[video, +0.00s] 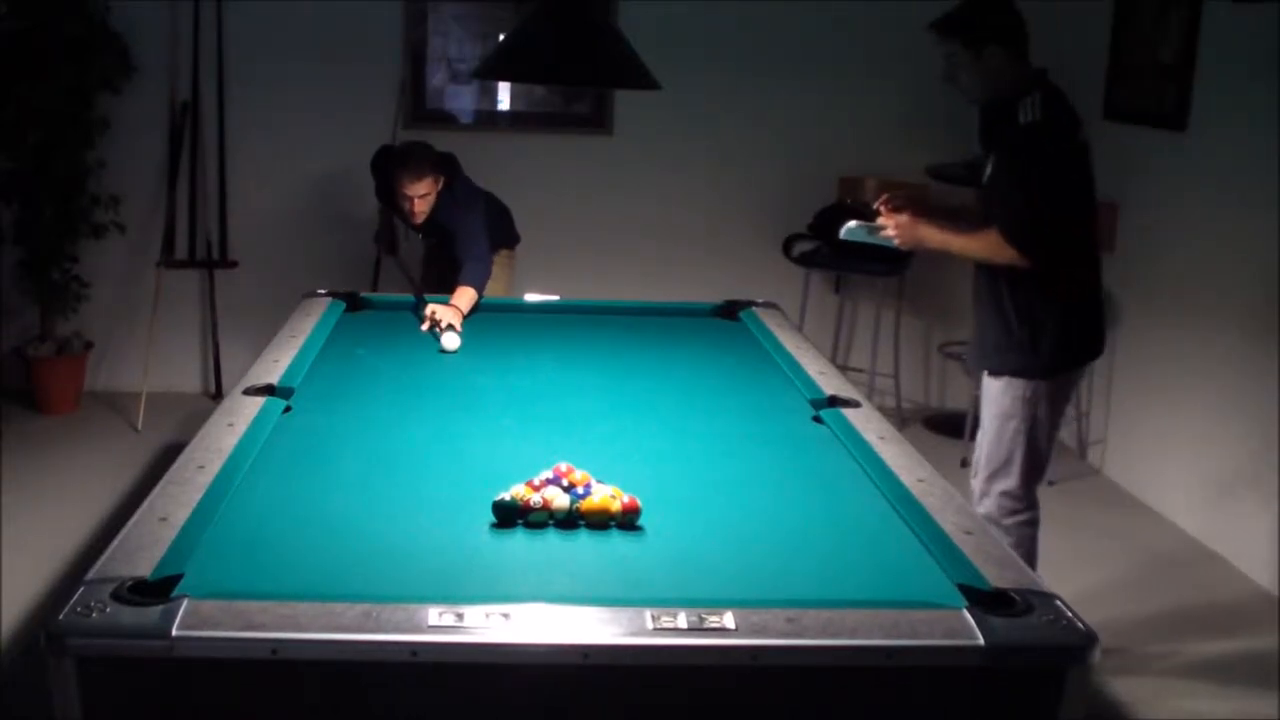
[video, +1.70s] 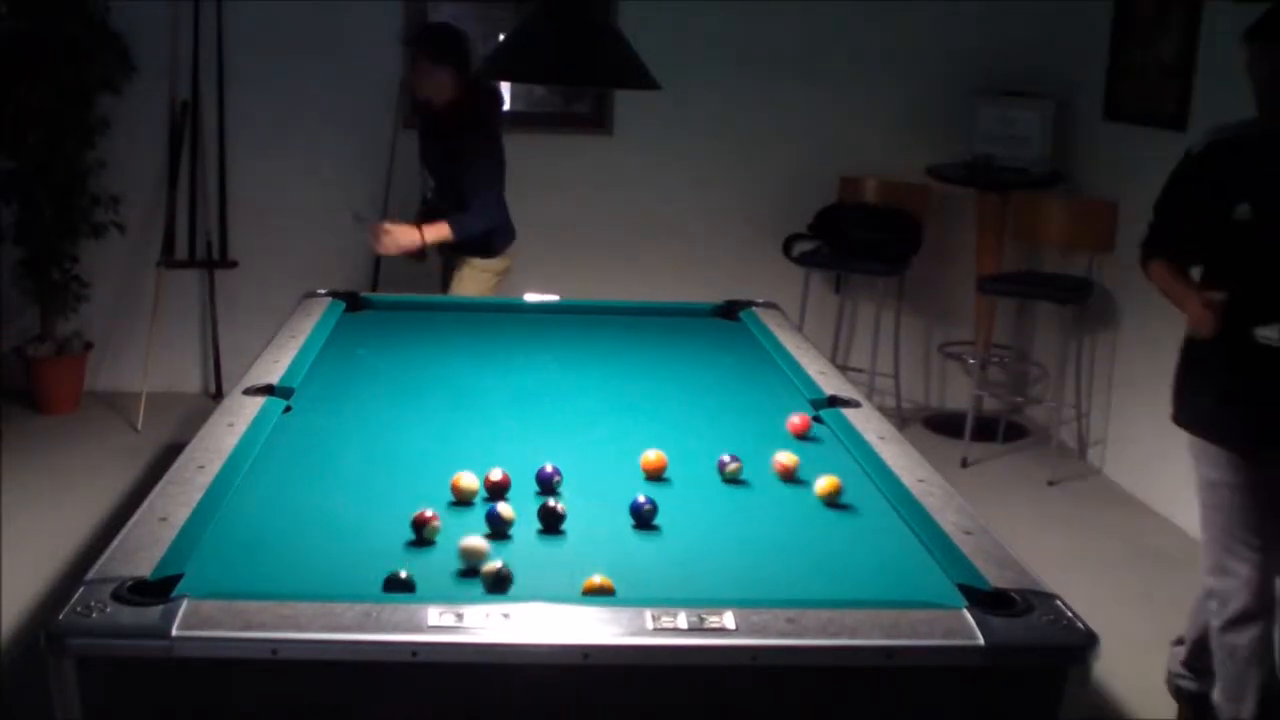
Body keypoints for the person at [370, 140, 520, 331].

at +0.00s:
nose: (415, 207)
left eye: (424, 197)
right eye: (407, 199)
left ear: (439, 184)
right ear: (393, 189)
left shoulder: (462, 198)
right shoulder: (389, 170)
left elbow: (478, 260)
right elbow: (382, 155)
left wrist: (456, 308)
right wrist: (386, 222)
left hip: (492, 247)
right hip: (441, 244)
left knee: (485, 325)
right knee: (427, 318)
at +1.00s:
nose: (425, 191)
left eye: (435, 180)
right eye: (417, 181)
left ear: (450, 166)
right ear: (404, 171)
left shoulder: (472, 183)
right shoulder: (391, 166)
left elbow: (495, 260)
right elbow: (380, 162)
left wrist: (460, 309)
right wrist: (388, 228)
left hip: (474, 261)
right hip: (432, 257)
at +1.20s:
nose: (445, 162)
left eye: (456, 151)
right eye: (437, 150)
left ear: (472, 143)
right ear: (424, 142)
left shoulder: (490, 172)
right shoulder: (408, 153)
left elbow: (503, 257)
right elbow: (394, 172)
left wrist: (466, 307)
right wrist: (408, 227)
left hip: (481, 259)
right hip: (435, 253)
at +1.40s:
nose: (449, 133)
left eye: (461, 124)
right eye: (443, 122)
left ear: (478, 124)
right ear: (431, 118)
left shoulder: (492, 159)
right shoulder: (418, 141)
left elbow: (497, 244)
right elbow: (404, 172)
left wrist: (465, 304)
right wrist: (410, 219)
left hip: (489, 256)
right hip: (444, 251)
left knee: (490, 337)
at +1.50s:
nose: (444, 112)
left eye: (455, 103)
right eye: (438, 102)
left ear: (475, 105)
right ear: (429, 102)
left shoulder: (488, 147)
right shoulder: (423, 134)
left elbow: (489, 233)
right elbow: (415, 178)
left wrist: (457, 295)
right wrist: (411, 225)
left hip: (494, 252)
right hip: (450, 245)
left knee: (486, 339)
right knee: (444, 333)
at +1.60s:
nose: (435, 93)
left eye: (445, 84)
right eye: (431, 83)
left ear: (465, 86)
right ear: (423, 85)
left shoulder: (482, 132)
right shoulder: (428, 123)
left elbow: (490, 223)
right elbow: (426, 175)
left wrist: (440, 269)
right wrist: (413, 224)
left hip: (493, 256)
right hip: (449, 247)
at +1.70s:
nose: (418, 80)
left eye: (427, 70)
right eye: (418, 69)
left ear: (448, 70)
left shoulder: (475, 115)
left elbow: (485, 214)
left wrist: (420, 235)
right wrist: (420, 233)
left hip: (486, 245)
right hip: (456, 240)